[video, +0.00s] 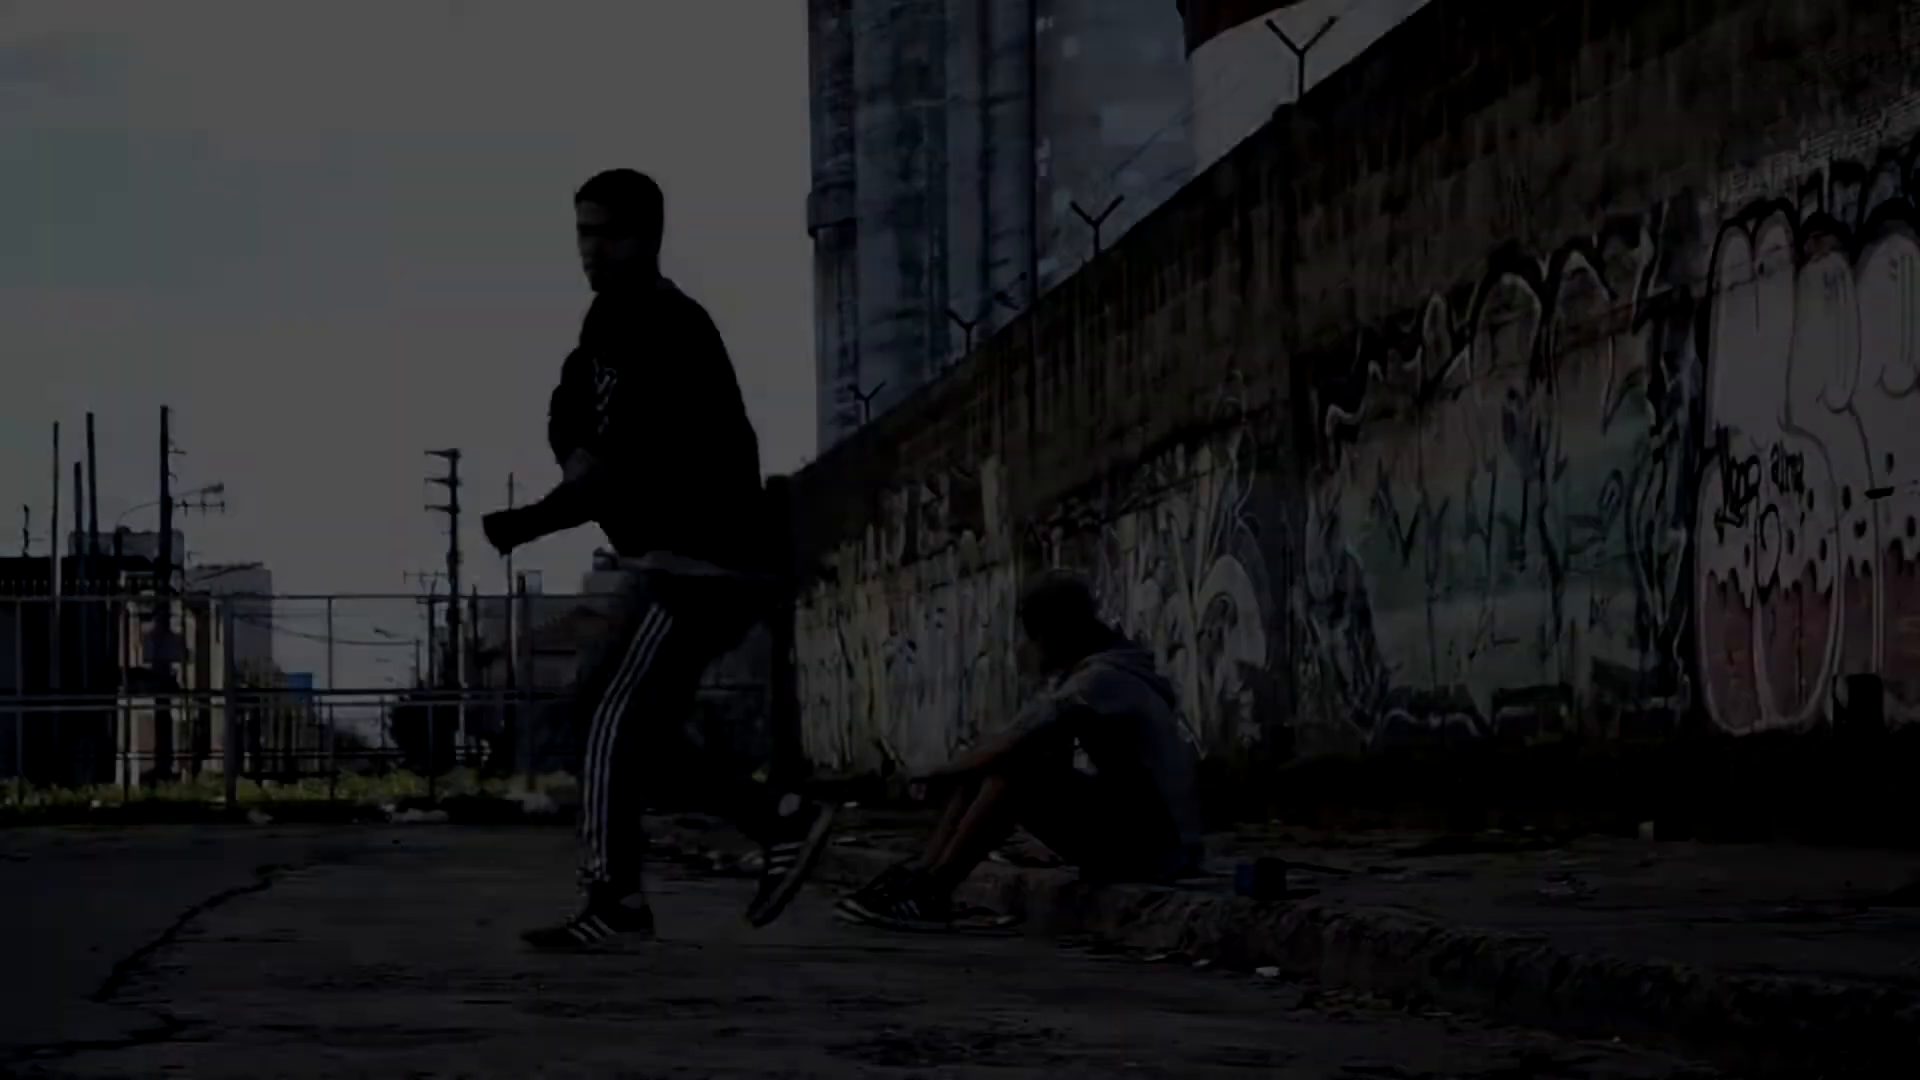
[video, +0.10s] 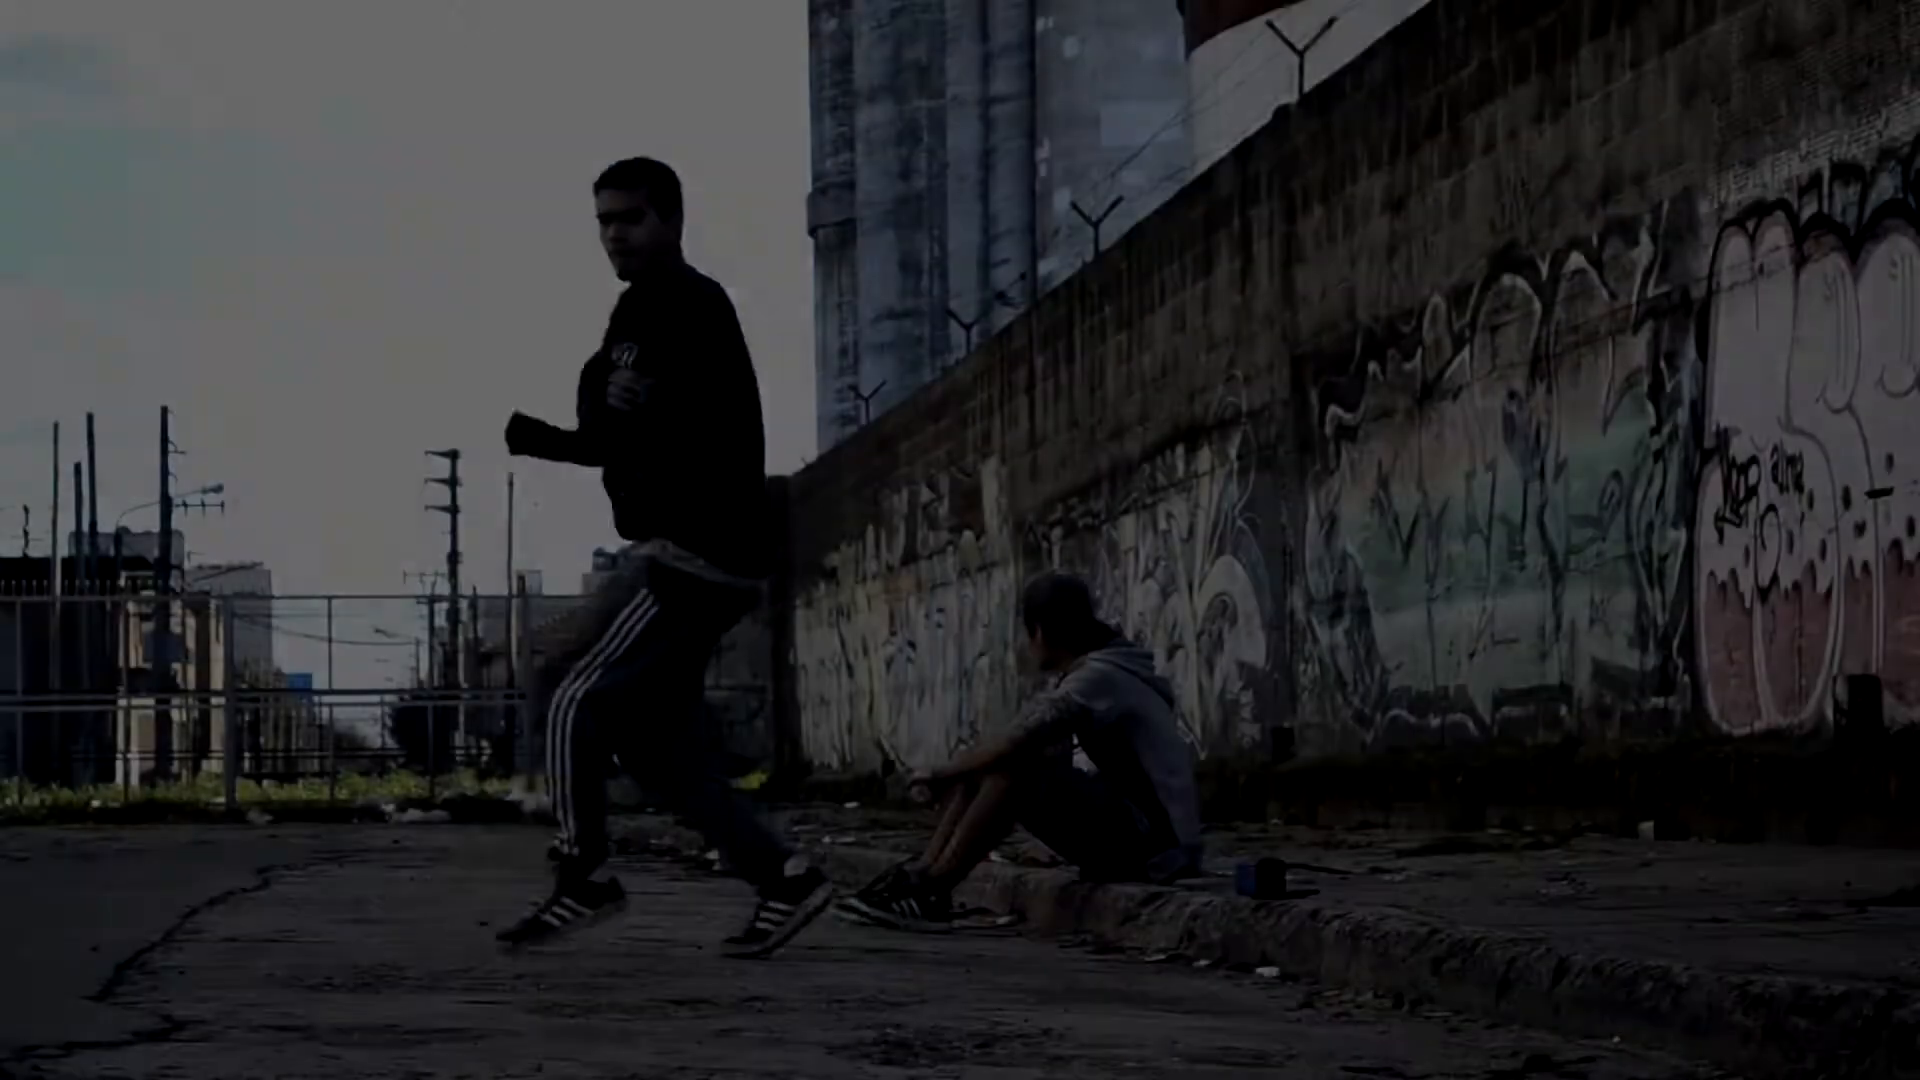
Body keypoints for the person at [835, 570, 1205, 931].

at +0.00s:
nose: (1027, 650)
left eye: (1031, 636)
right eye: (1026, 636)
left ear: (1058, 631)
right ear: (1077, 624)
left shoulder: (1103, 675)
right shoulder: (1087, 673)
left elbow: (1016, 745)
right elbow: (1016, 741)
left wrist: (937, 774)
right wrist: (945, 772)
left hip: (1148, 848)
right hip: (1129, 837)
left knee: (1014, 778)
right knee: (994, 769)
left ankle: (934, 894)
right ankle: (919, 883)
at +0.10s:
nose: (1029, 648)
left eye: (1029, 635)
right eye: (1027, 636)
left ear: (1045, 634)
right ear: (1081, 623)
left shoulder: (1099, 674)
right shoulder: (1087, 674)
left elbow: (1014, 747)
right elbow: (1015, 745)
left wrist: (938, 775)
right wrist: (943, 775)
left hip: (1151, 849)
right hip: (1129, 840)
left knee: (1012, 775)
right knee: (987, 767)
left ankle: (935, 893)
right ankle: (918, 882)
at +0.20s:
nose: (1032, 641)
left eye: (1032, 630)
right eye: (1032, 631)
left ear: (1047, 631)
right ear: (1084, 621)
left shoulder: (1100, 672)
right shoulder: (1086, 673)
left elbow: (1016, 742)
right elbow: (1014, 742)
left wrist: (937, 775)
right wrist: (945, 774)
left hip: (1150, 849)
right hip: (1126, 839)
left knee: (1010, 774)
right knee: (985, 767)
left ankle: (932, 894)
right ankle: (919, 882)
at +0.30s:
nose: (1033, 638)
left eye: (1034, 628)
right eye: (1033, 628)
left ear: (1050, 627)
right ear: (1082, 621)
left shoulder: (1101, 673)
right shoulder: (1085, 674)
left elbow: (1016, 743)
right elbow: (1014, 741)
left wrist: (937, 775)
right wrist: (945, 774)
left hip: (1149, 849)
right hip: (1125, 840)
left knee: (1010, 775)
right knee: (986, 768)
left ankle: (932, 894)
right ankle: (918, 881)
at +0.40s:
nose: (1030, 637)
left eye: (1031, 626)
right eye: (1029, 626)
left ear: (1053, 626)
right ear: (1071, 624)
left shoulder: (1103, 675)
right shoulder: (1084, 675)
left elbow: (1009, 751)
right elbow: (1011, 740)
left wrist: (936, 776)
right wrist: (940, 778)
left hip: (1149, 848)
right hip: (1123, 838)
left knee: (1012, 773)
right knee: (985, 766)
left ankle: (932, 896)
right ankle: (914, 885)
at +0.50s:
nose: (1029, 638)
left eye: (1034, 626)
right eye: (1029, 626)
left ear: (1060, 627)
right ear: (1067, 628)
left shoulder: (1107, 675)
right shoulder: (1085, 675)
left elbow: (1013, 751)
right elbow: (1013, 736)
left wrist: (938, 774)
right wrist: (942, 775)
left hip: (1150, 848)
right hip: (1124, 838)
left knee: (1012, 772)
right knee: (985, 766)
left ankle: (932, 894)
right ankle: (914, 885)